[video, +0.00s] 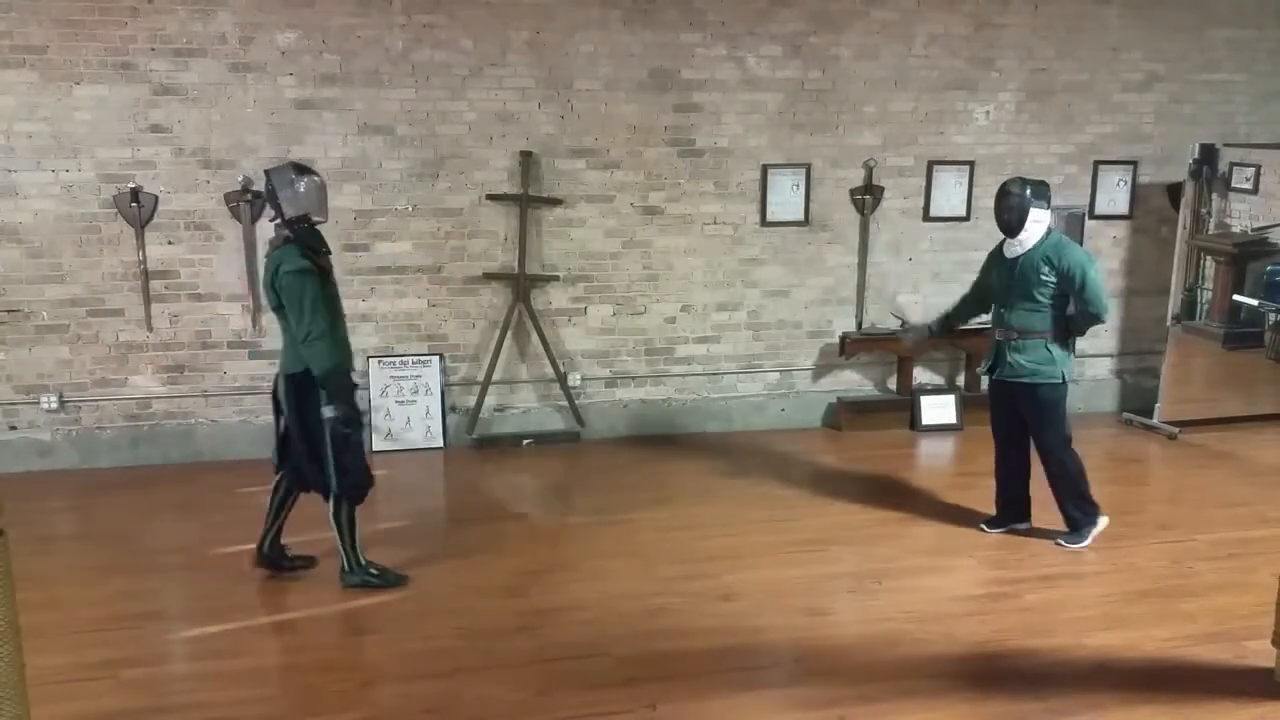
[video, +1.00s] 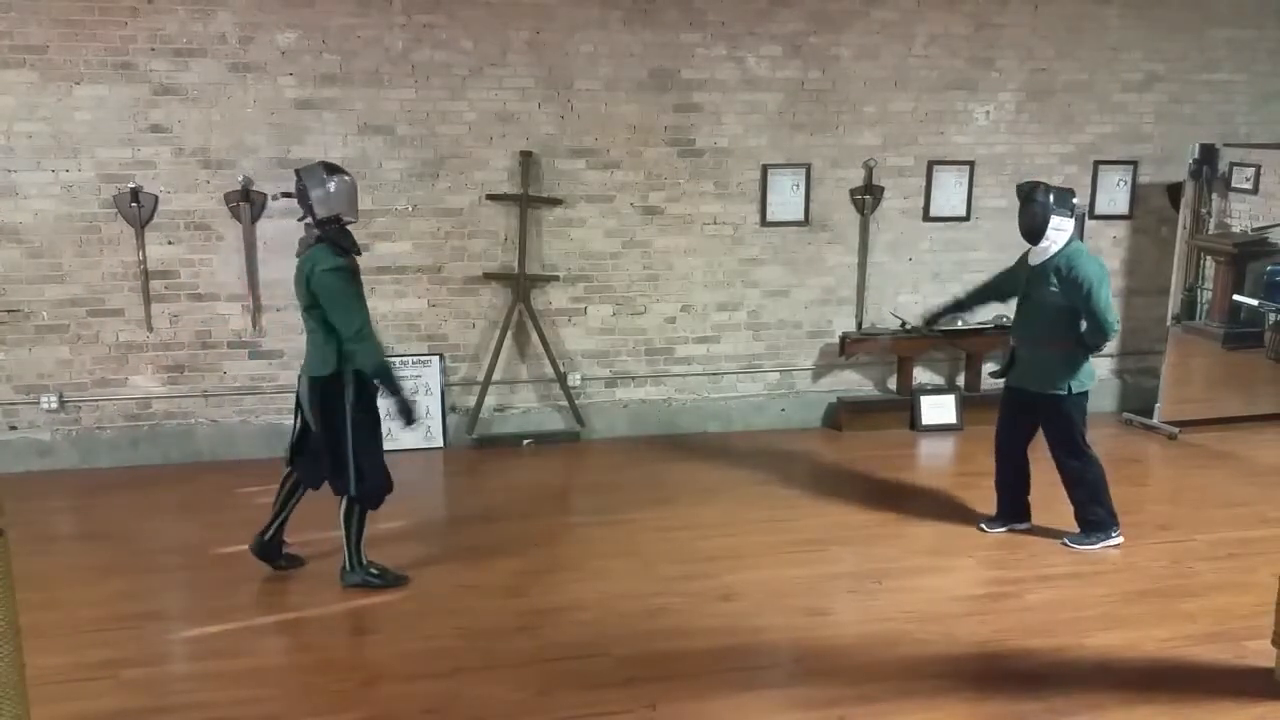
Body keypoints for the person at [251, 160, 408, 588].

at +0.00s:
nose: (321, 200)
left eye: (317, 192)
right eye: (314, 193)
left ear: (281, 204)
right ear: (301, 200)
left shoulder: (292, 251)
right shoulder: (297, 259)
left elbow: (306, 328)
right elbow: (314, 333)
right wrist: (338, 393)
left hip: (300, 378)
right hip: (314, 380)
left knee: (297, 467)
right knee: (344, 472)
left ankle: (270, 546)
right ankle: (354, 565)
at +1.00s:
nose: (351, 206)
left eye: (347, 198)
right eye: (346, 199)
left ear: (310, 205)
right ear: (336, 203)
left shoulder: (314, 254)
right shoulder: (329, 262)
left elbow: (339, 328)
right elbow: (357, 333)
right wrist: (394, 388)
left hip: (318, 376)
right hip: (342, 378)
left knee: (308, 461)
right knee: (363, 473)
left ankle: (269, 539)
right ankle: (356, 565)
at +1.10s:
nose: (355, 206)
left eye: (352, 198)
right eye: (349, 200)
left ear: (314, 207)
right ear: (338, 205)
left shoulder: (315, 253)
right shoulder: (331, 262)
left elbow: (328, 322)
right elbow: (376, 318)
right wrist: (429, 364)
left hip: (315, 376)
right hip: (340, 379)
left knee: (302, 461)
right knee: (359, 472)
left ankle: (266, 541)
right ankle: (355, 566)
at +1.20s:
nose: (356, 208)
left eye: (352, 201)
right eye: (351, 201)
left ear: (313, 208)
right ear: (341, 206)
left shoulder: (312, 255)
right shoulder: (334, 261)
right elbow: (389, 297)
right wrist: (455, 324)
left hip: (312, 377)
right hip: (339, 380)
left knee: (298, 464)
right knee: (360, 474)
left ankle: (257, 541)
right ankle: (355, 566)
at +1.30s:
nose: (356, 205)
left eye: (351, 198)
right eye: (351, 199)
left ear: (312, 208)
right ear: (343, 205)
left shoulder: (312, 255)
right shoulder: (337, 257)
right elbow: (392, 275)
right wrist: (462, 280)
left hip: (311, 378)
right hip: (338, 380)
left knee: (292, 463)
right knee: (361, 475)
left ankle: (245, 540)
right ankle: (354, 566)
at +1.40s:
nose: (354, 205)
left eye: (350, 198)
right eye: (349, 199)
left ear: (311, 208)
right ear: (340, 204)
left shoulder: (310, 254)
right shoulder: (333, 251)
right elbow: (388, 253)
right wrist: (460, 240)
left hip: (310, 376)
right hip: (337, 378)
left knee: (283, 461)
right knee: (361, 474)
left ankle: (239, 540)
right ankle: (355, 566)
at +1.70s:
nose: (345, 208)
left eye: (343, 201)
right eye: (340, 201)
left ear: (304, 211)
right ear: (330, 205)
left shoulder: (300, 252)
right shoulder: (323, 245)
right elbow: (370, 218)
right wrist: (424, 182)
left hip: (304, 374)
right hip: (331, 372)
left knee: (273, 460)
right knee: (359, 471)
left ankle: (232, 542)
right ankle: (355, 564)